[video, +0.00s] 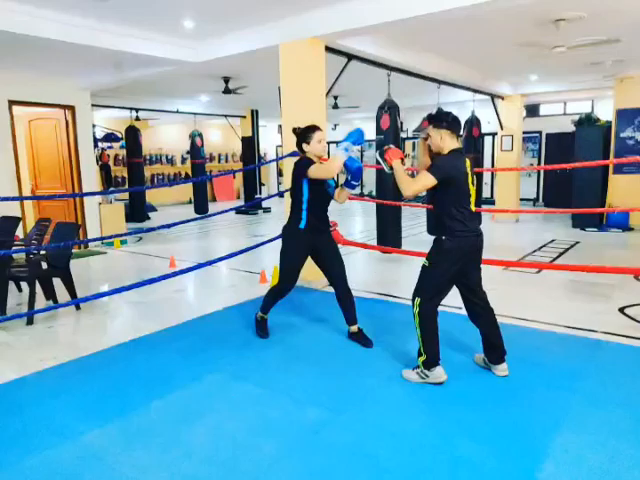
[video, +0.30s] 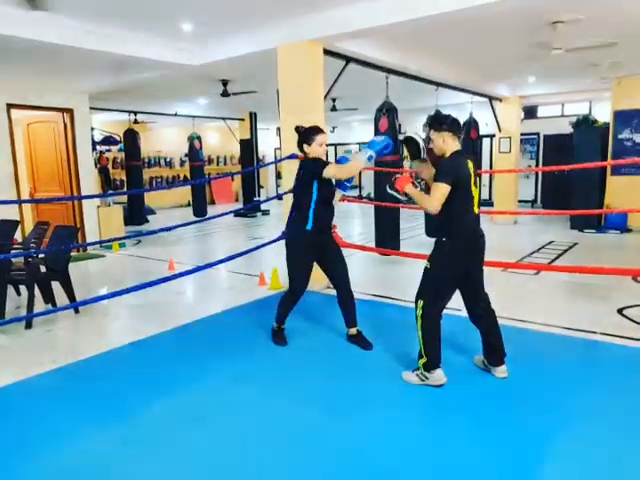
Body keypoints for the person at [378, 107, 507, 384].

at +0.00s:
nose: (428, 141)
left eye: (430, 135)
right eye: (428, 136)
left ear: (444, 135)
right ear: (452, 136)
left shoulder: (447, 164)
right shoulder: (463, 160)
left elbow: (409, 189)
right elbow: (430, 181)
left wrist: (395, 164)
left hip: (451, 244)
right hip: (471, 242)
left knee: (423, 301)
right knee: (476, 300)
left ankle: (430, 367)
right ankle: (497, 360)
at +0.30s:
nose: (430, 143)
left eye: (433, 137)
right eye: (430, 138)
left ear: (447, 136)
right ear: (452, 137)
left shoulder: (450, 166)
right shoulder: (464, 161)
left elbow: (433, 205)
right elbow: (433, 174)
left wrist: (409, 188)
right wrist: (410, 162)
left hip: (452, 244)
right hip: (472, 241)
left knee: (426, 304)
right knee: (477, 301)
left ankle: (429, 369)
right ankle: (496, 361)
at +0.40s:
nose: (430, 147)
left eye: (431, 142)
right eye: (429, 142)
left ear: (445, 140)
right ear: (451, 140)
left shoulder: (446, 169)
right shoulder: (466, 164)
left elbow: (445, 210)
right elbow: (460, 201)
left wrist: (415, 213)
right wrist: (429, 182)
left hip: (452, 245)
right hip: (474, 243)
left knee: (419, 298)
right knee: (481, 301)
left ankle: (428, 364)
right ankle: (496, 363)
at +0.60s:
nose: (413, 154)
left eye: (415, 149)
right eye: (412, 149)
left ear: (427, 148)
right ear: (435, 148)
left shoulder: (431, 172)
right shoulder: (451, 170)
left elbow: (412, 205)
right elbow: (441, 202)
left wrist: (374, 218)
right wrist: (412, 204)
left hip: (443, 247)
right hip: (467, 245)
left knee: (412, 297)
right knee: (477, 303)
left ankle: (413, 357)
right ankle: (495, 365)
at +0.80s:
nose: (382, 170)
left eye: (383, 165)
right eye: (381, 166)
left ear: (395, 163)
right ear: (404, 162)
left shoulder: (404, 182)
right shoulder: (426, 179)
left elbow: (381, 205)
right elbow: (436, 213)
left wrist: (355, 230)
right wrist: (410, 227)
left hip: (425, 248)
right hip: (447, 246)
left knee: (401, 300)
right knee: (442, 295)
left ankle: (410, 356)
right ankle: (476, 340)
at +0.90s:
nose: (374, 167)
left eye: (374, 162)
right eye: (372, 163)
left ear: (384, 157)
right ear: (393, 156)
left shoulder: (395, 177)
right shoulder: (417, 174)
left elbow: (378, 206)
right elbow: (438, 207)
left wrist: (356, 237)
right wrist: (406, 222)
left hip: (417, 243)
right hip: (437, 239)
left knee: (397, 300)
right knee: (425, 283)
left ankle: (409, 356)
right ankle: (453, 333)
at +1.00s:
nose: (368, 161)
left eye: (369, 156)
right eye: (367, 157)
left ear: (381, 152)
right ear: (386, 153)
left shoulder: (386, 175)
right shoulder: (408, 170)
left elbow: (381, 207)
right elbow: (429, 203)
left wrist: (367, 240)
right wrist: (411, 222)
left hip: (408, 239)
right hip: (426, 235)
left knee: (399, 296)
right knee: (417, 282)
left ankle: (409, 355)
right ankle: (425, 331)